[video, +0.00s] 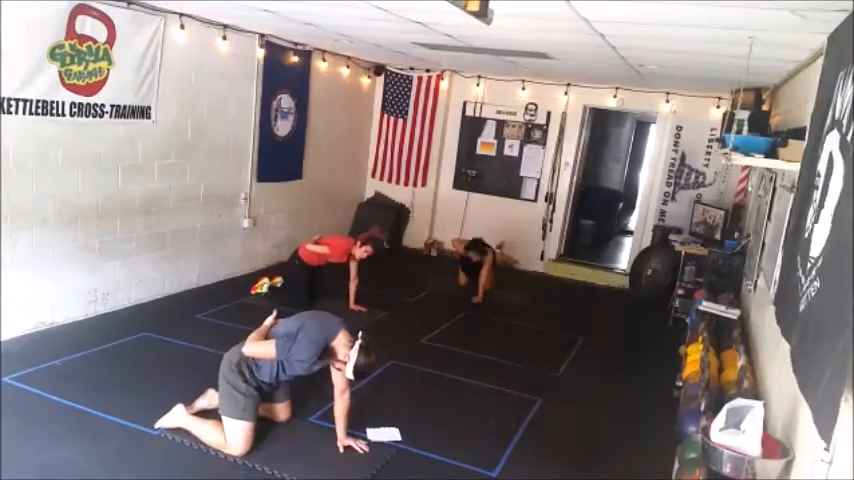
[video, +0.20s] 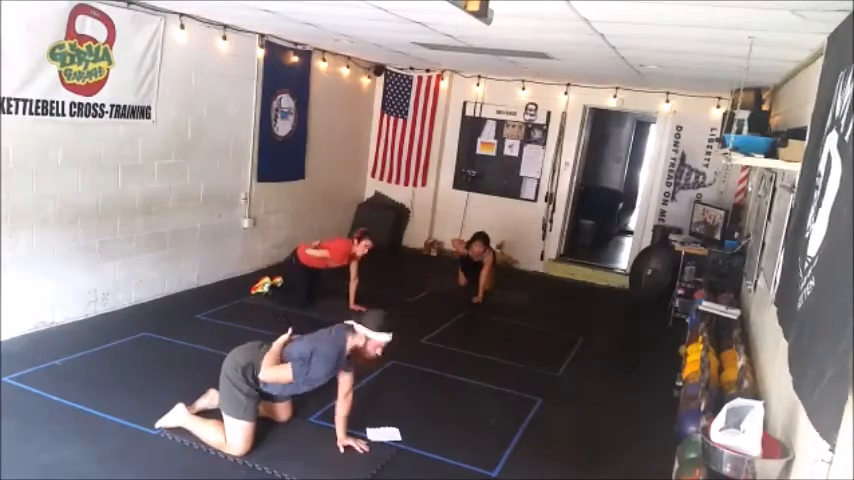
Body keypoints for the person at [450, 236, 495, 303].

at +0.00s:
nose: (474, 260)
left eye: (476, 257)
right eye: (471, 257)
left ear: (481, 254)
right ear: (468, 251)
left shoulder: (489, 253)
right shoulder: (463, 247)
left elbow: (483, 273)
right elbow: (454, 241)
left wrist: (480, 295)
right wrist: (459, 249)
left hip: (482, 264)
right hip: (467, 261)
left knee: (486, 286)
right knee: (462, 282)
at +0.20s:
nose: (477, 249)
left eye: (481, 246)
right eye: (475, 245)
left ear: (485, 248)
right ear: (471, 244)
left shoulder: (489, 254)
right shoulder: (465, 248)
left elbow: (483, 274)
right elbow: (454, 241)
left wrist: (480, 295)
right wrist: (459, 247)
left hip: (481, 266)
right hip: (467, 264)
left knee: (486, 286)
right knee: (462, 282)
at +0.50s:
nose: (475, 248)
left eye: (479, 245)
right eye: (473, 244)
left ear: (483, 247)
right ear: (469, 244)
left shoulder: (488, 254)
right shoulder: (464, 248)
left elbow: (483, 275)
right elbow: (453, 243)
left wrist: (480, 295)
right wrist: (460, 252)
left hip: (481, 266)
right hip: (467, 264)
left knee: (486, 287)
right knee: (462, 282)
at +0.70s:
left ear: (482, 260)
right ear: (465, 254)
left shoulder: (489, 254)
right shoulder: (462, 247)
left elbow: (483, 274)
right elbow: (456, 237)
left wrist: (479, 295)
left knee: (486, 286)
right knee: (462, 282)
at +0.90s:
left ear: (482, 259)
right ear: (465, 253)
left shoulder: (489, 254)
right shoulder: (462, 246)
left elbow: (483, 275)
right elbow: (455, 237)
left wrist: (479, 295)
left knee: (486, 286)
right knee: (462, 282)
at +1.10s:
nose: (475, 256)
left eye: (479, 253)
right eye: (473, 253)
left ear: (485, 250)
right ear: (469, 249)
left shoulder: (489, 254)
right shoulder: (464, 249)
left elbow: (484, 275)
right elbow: (454, 243)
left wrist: (479, 296)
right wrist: (464, 254)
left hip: (482, 265)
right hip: (467, 263)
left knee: (486, 287)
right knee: (462, 282)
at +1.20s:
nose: (477, 246)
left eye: (480, 243)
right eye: (475, 242)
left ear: (485, 245)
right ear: (471, 242)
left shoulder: (489, 255)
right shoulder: (463, 249)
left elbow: (483, 276)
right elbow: (453, 243)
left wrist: (479, 296)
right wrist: (466, 254)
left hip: (481, 267)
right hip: (467, 264)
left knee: (486, 287)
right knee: (461, 282)